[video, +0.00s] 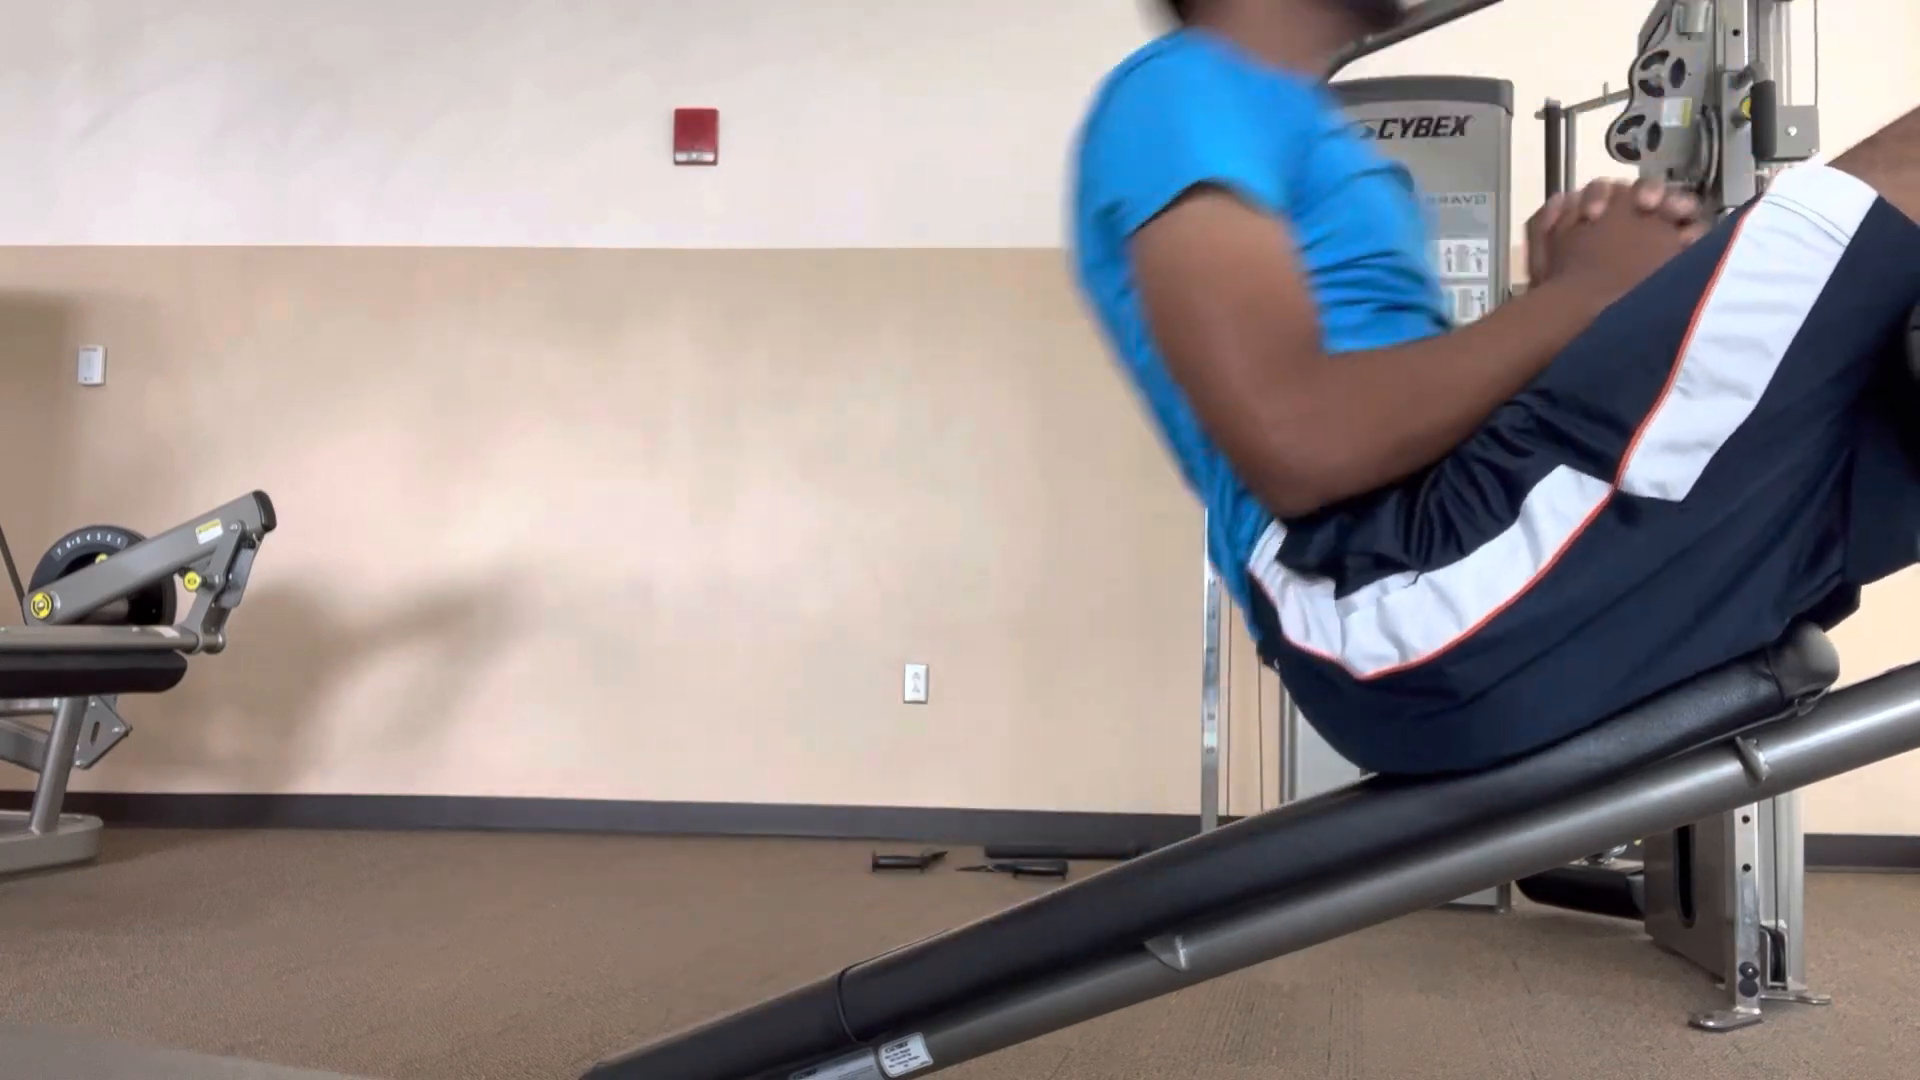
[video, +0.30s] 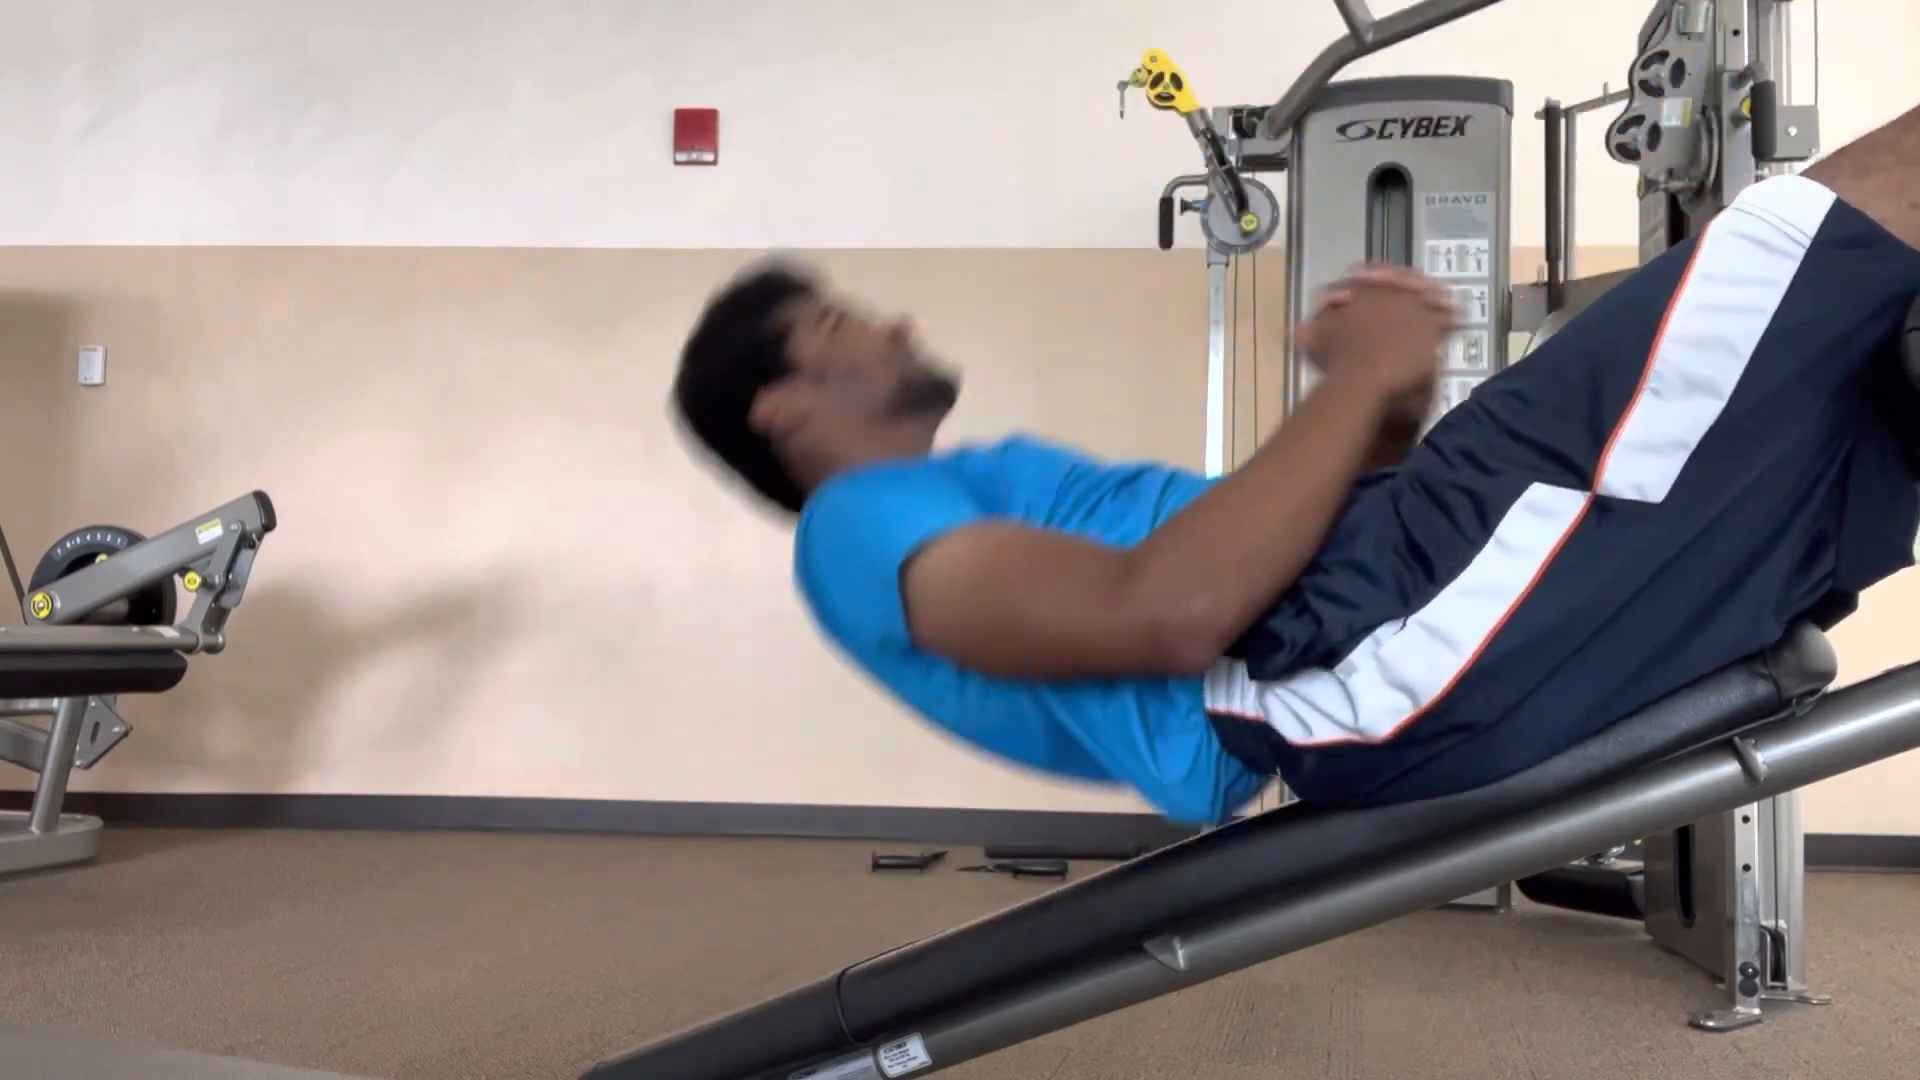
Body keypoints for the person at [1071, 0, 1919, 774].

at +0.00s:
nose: (1400, 0)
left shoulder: (1320, 137)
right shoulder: (1177, 91)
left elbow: (1371, 439)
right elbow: (1296, 439)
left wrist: (1549, 306)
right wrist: (1579, 300)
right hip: (1393, 610)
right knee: (1899, 158)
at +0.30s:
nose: (883, 318)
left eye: (853, 303)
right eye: (836, 318)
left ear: (830, 382)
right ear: (784, 409)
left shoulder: (961, 496)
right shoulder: (857, 520)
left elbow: (1201, 589)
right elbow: (1158, 614)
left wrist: (1365, 399)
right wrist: (1361, 385)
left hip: (1358, 629)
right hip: (1320, 676)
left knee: (1874, 390)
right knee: (1878, 176)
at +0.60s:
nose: (759, 703)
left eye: (734, 708)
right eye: (722, 720)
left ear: (767, 711)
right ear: (725, 789)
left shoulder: (916, 799)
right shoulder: (818, 845)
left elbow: (1046, 551)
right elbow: (844, 498)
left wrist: (861, 559)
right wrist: (769, 560)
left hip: (1327, 593)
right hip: (1314, 670)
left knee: (1869, 192)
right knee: (1869, 186)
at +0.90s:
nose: (741, 787)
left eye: (718, 785)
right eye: (728, 811)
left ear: (733, 776)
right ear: (738, 858)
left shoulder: (882, 775)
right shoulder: (844, 889)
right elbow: (595, 886)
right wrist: (447, 907)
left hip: (1309, 586)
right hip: (1355, 665)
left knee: (1858, 205)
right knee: (1836, 201)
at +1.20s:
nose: (738, 706)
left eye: (714, 713)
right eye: (708, 738)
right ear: (716, 808)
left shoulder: (919, 791)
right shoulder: (793, 835)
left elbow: (1141, 558)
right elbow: (894, 544)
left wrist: (929, 488)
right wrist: (854, 496)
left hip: (1339, 592)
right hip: (1322, 661)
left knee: (1880, 177)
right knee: (1863, 183)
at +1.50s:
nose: (936, 286)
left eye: (921, 263)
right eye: (881, 284)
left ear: (934, 292)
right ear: (806, 363)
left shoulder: (1034, 438)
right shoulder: (858, 484)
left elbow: (1331, 535)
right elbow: (1161, 536)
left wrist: (1420, 368)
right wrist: (1393, 326)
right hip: (1372, 630)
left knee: (1898, 447)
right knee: (1884, 154)